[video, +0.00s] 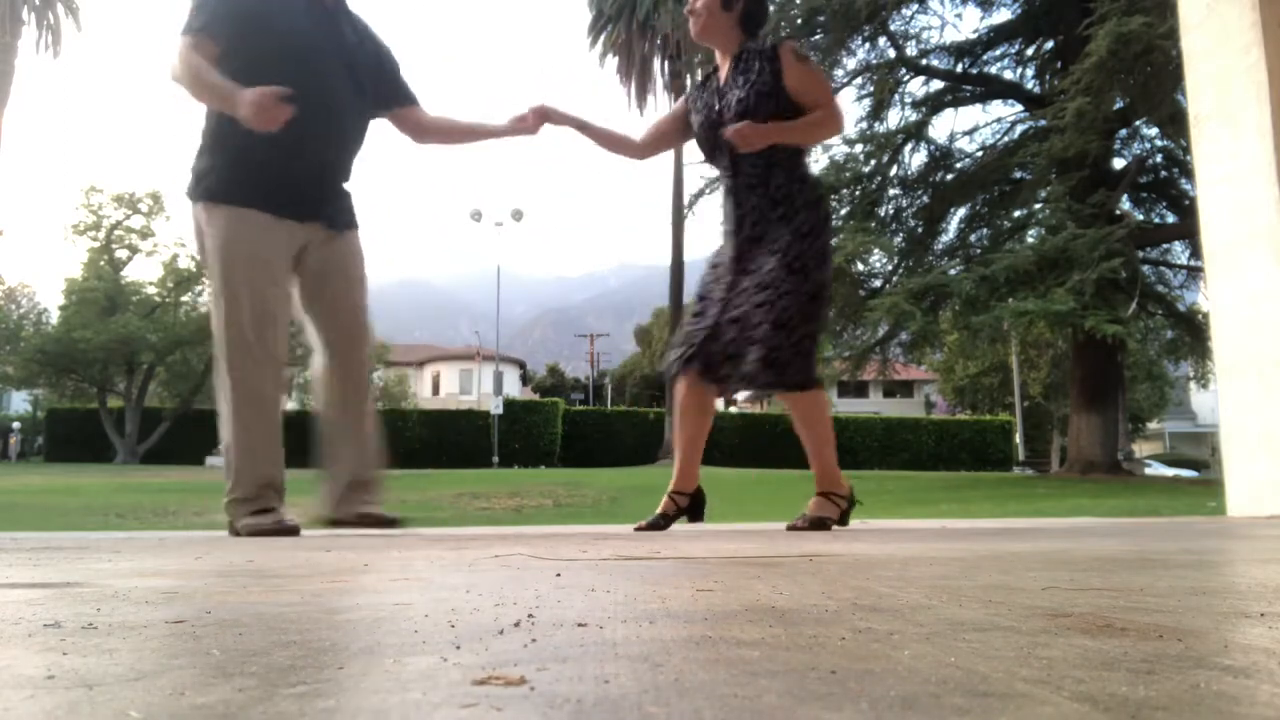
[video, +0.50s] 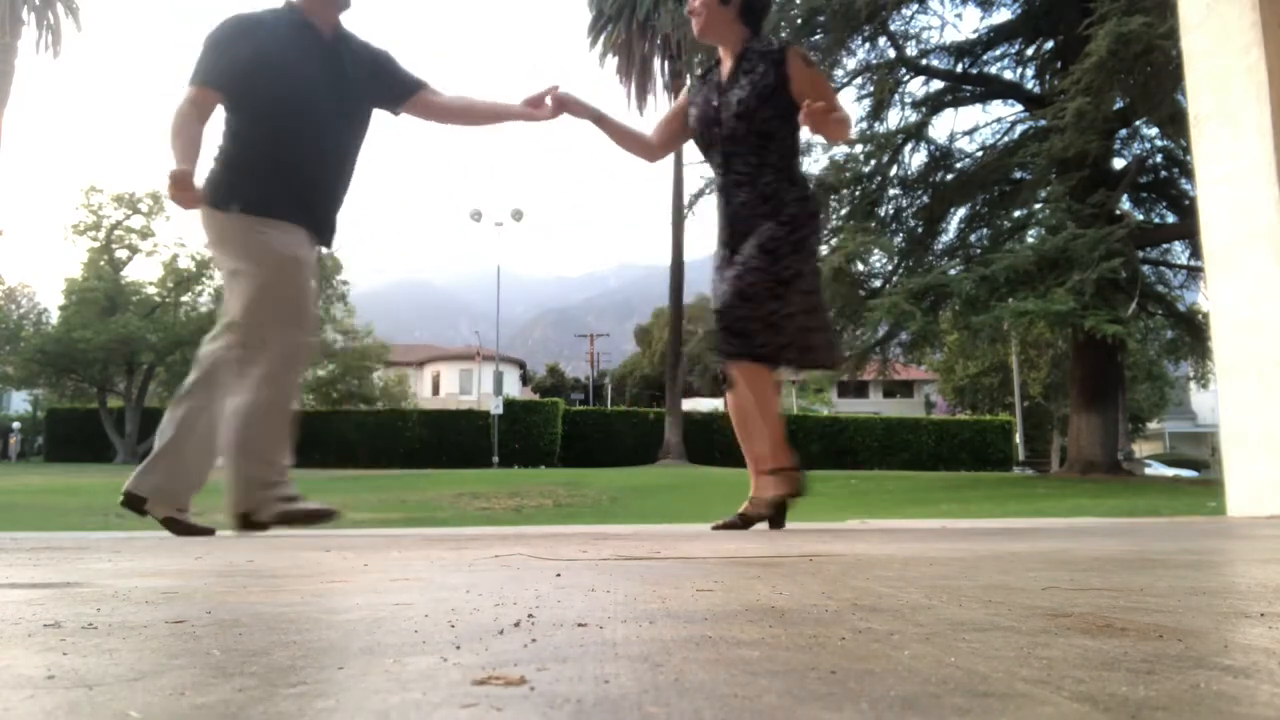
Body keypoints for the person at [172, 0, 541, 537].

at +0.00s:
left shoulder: (356, 35)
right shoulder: (237, 5)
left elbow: (418, 125)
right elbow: (189, 63)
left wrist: (505, 128)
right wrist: (236, 98)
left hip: (325, 209)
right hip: (242, 200)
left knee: (349, 351)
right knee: (253, 356)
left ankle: (352, 501)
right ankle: (254, 507)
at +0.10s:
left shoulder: (353, 38)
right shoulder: (229, 5)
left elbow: (424, 113)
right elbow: (181, 70)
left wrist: (513, 122)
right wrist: (202, 113)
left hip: (314, 208)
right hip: (233, 197)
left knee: (324, 340)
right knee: (239, 350)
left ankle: (266, 485)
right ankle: (250, 503)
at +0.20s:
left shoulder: (353, 47)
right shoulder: (229, 10)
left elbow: (429, 109)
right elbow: (180, 90)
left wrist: (516, 138)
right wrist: (181, 147)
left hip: (303, 221)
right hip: (224, 202)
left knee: (290, 352)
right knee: (233, 353)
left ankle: (184, 459)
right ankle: (251, 504)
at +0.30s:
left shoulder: (357, 58)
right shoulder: (234, 23)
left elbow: (433, 113)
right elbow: (182, 106)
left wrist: (522, 131)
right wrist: (170, 166)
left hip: (291, 241)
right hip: (219, 216)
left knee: (238, 367)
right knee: (230, 362)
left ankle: (154, 487)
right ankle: (251, 506)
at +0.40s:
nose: (333, 1)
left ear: (337, 2)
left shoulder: (359, 59)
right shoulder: (236, 27)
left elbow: (434, 106)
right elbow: (186, 106)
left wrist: (524, 115)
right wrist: (171, 167)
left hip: (291, 238)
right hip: (226, 214)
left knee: (222, 353)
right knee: (238, 356)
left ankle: (152, 489)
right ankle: (248, 502)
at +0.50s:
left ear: (342, 2)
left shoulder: (365, 61)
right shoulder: (249, 31)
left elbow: (436, 104)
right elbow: (194, 107)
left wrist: (521, 111)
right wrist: (184, 169)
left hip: (295, 228)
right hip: (245, 214)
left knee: (234, 353)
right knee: (284, 346)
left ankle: (159, 488)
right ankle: (260, 499)